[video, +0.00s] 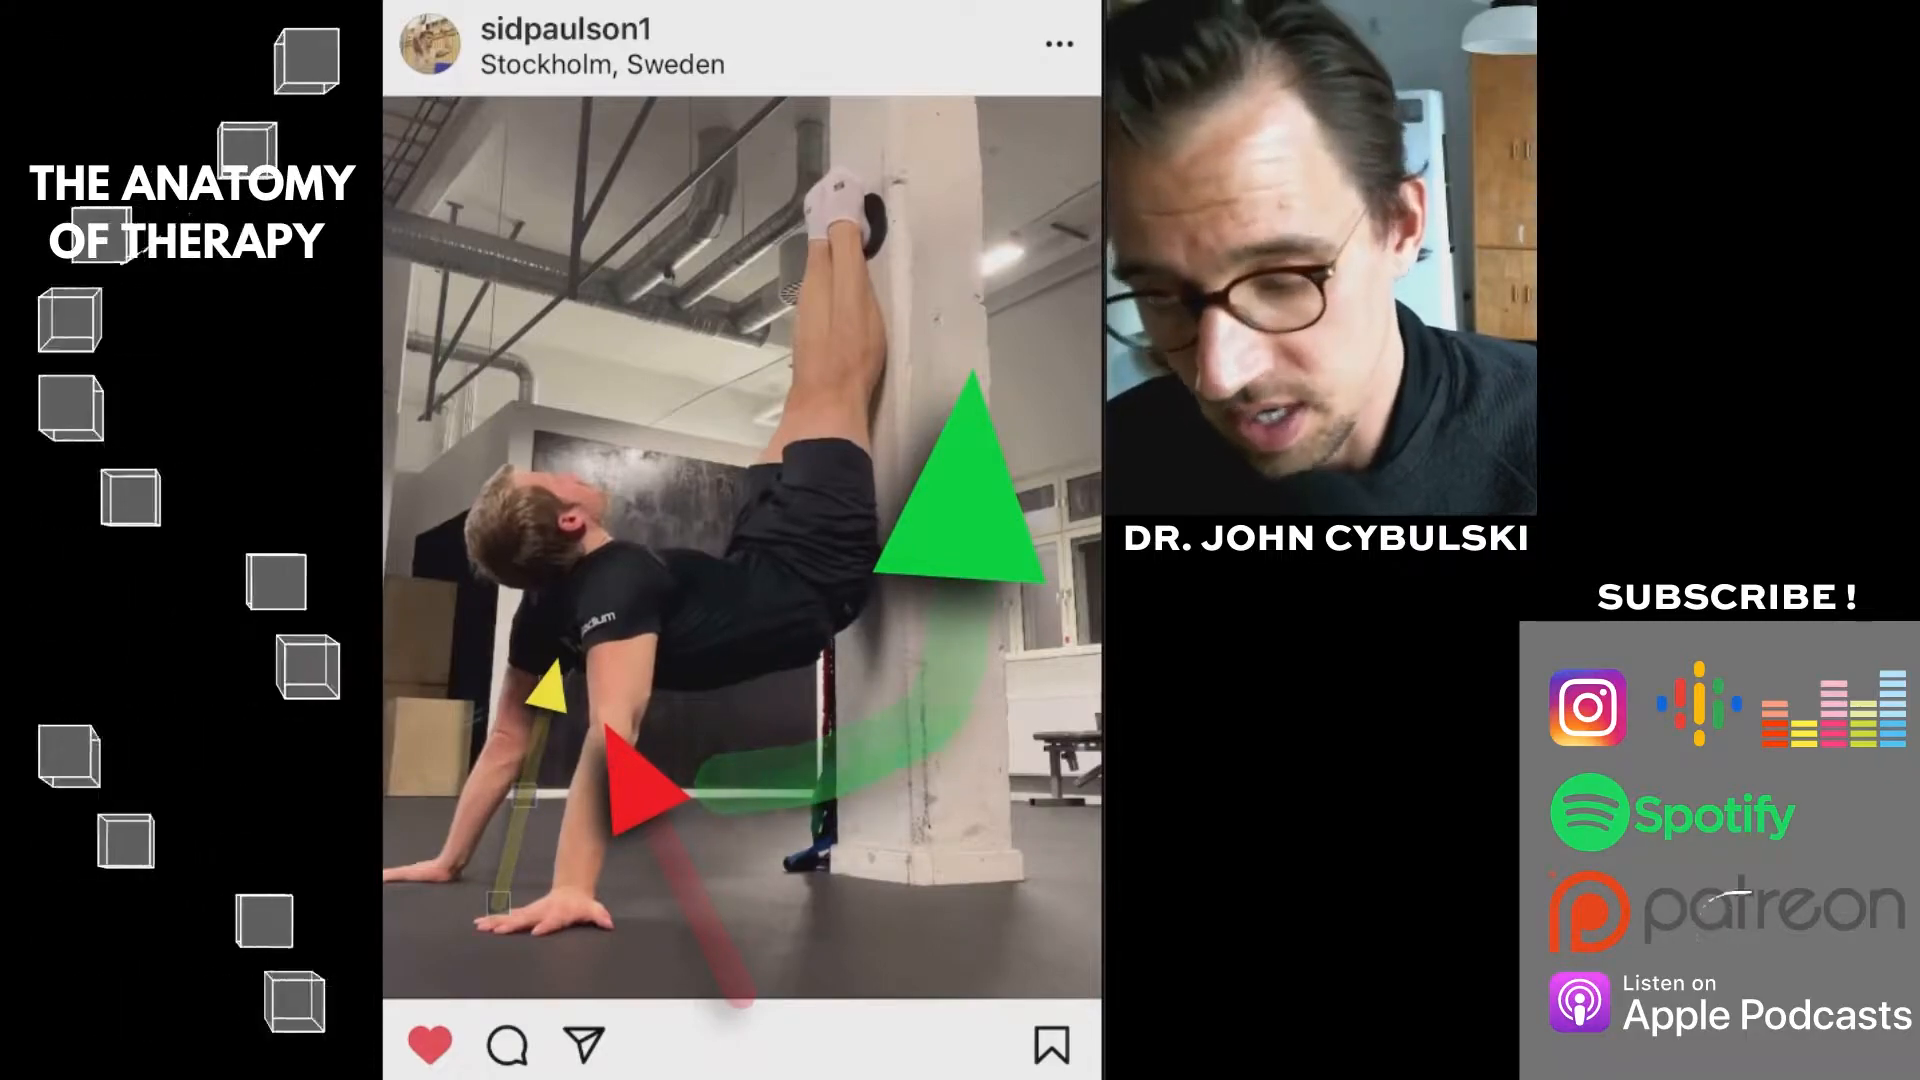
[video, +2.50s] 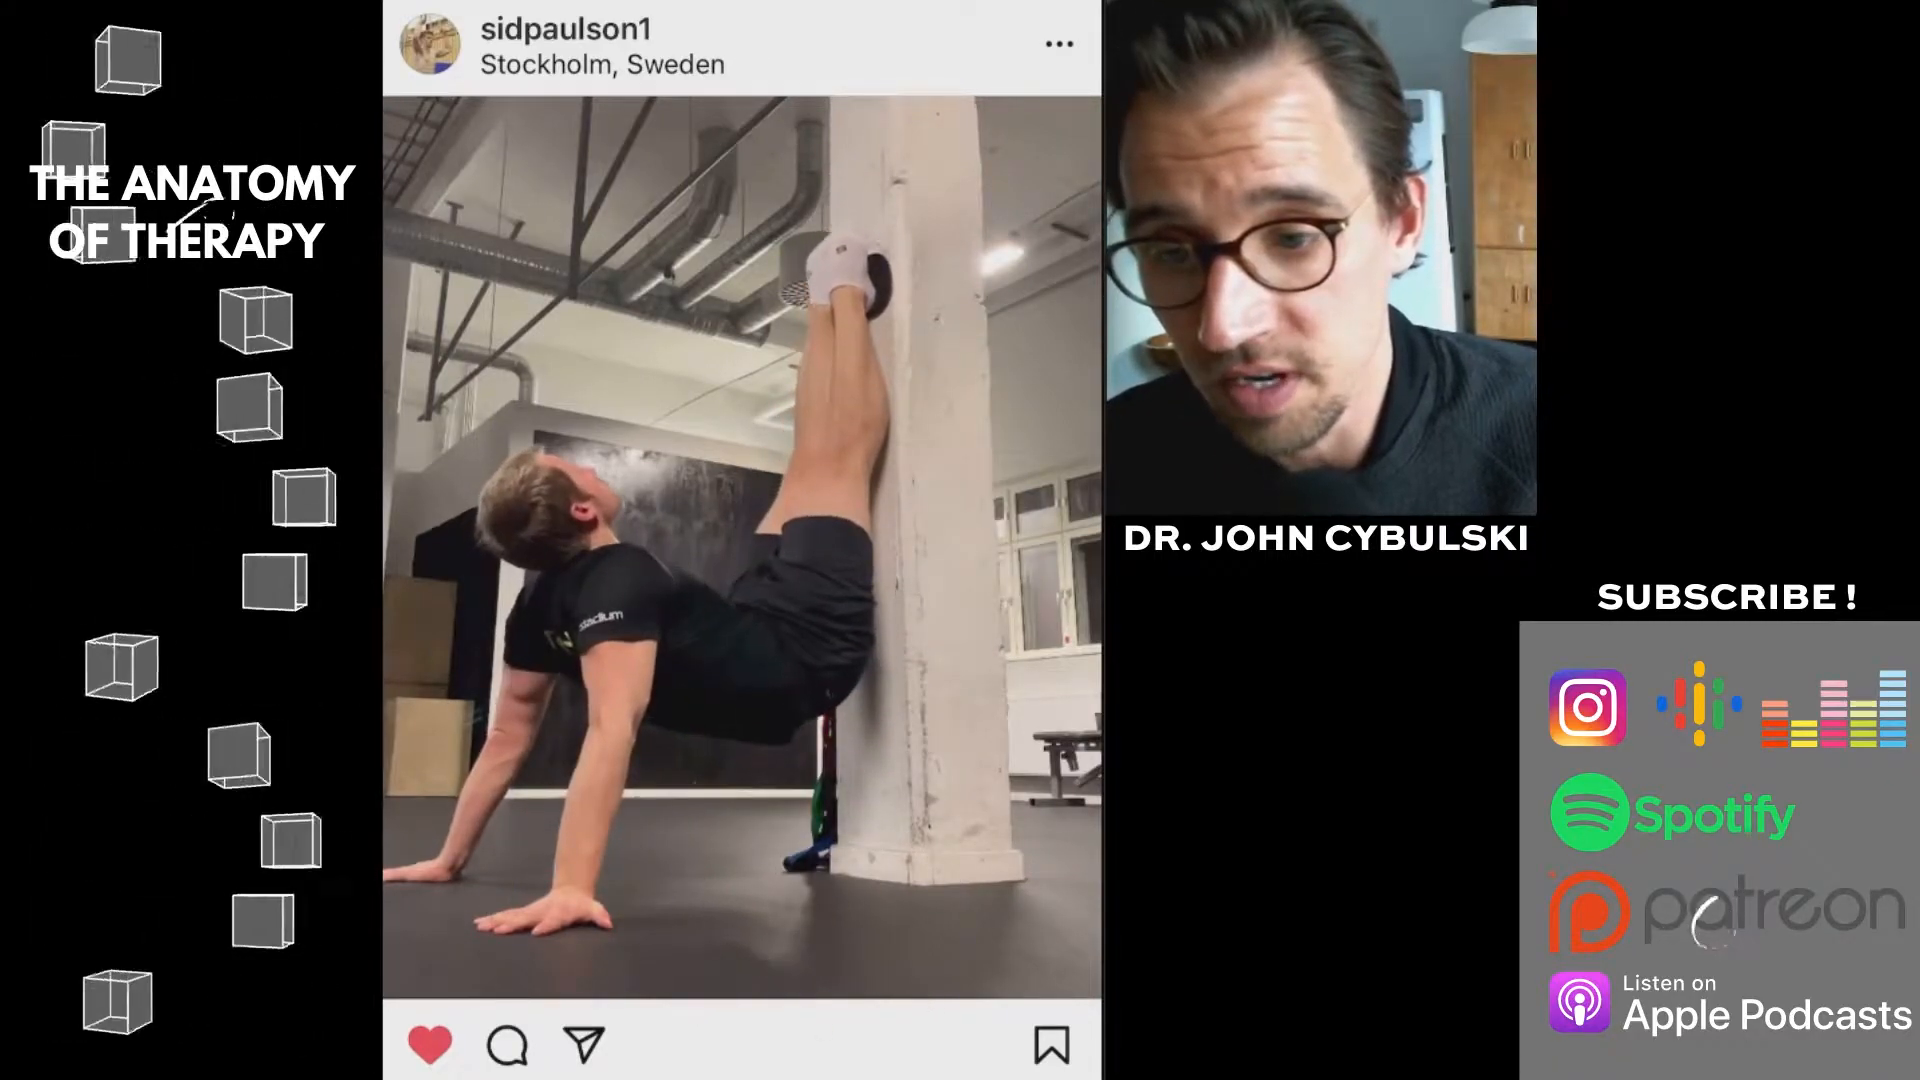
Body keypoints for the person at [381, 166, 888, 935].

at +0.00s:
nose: (569, 475)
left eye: (549, 471)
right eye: (558, 479)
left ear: (546, 547)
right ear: (570, 521)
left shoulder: (540, 608)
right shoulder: (616, 580)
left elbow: (505, 744)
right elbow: (609, 734)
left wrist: (448, 859)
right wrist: (574, 886)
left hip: (762, 578)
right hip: (810, 580)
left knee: (812, 389)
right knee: (839, 380)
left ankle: (828, 238)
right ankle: (844, 230)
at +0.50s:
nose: (567, 474)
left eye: (548, 469)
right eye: (555, 478)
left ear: (546, 544)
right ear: (567, 519)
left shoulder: (541, 603)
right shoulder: (614, 579)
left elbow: (505, 742)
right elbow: (608, 734)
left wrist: (448, 859)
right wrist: (573, 887)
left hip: (763, 579)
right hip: (809, 580)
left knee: (813, 392)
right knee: (838, 385)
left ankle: (828, 239)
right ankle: (843, 231)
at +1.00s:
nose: (566, 467)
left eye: (547, 467)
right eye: (554, 475)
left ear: (536, 544)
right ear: (568, 516)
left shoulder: (534, 606)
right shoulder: (616, 580)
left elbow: (503, 744)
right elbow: (606, 733)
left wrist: (448, 859)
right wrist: (573, 886)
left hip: (760, 589)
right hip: (808, 594)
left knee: (813, 398)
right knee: (843, 393)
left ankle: (830, 253)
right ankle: (845, 237)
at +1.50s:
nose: (575, 465)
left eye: (557, 465)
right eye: (563, 472)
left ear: (545, 541)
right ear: (572, 515)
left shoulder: (537, 606)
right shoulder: (618, 581)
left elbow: (506, 738)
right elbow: (611, 729)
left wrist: (448, 859)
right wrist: (572, 887)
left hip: (761, 609)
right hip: (810, 614)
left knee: (813, 416)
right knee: (844, 414)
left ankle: (824, 277)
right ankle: (846, 259)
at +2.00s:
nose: (580, 466)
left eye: (562, 464)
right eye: (567, 471)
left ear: (533, 545)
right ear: (575, 512)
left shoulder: (536, 611)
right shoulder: (617, 579)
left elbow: (507, 740)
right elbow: (609, 731)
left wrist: (448, 860)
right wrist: (572, 887)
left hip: (759, 633)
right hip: (807, 627)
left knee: (814, 434)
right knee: (844, 429)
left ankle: (825, 293)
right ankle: (845, 278)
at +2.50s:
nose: (589, 468)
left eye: (570, 463)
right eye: (578, 470)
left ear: (533, 546)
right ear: (584, 510)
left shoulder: (535, 608)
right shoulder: (615, 581)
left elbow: (506, 744)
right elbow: (609, 732)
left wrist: (448, 859)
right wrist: (572, 887)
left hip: (758, 666)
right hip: (803, 658)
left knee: (809, 467)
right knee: (846, 453)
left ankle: (826, 305)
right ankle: (845, 296)